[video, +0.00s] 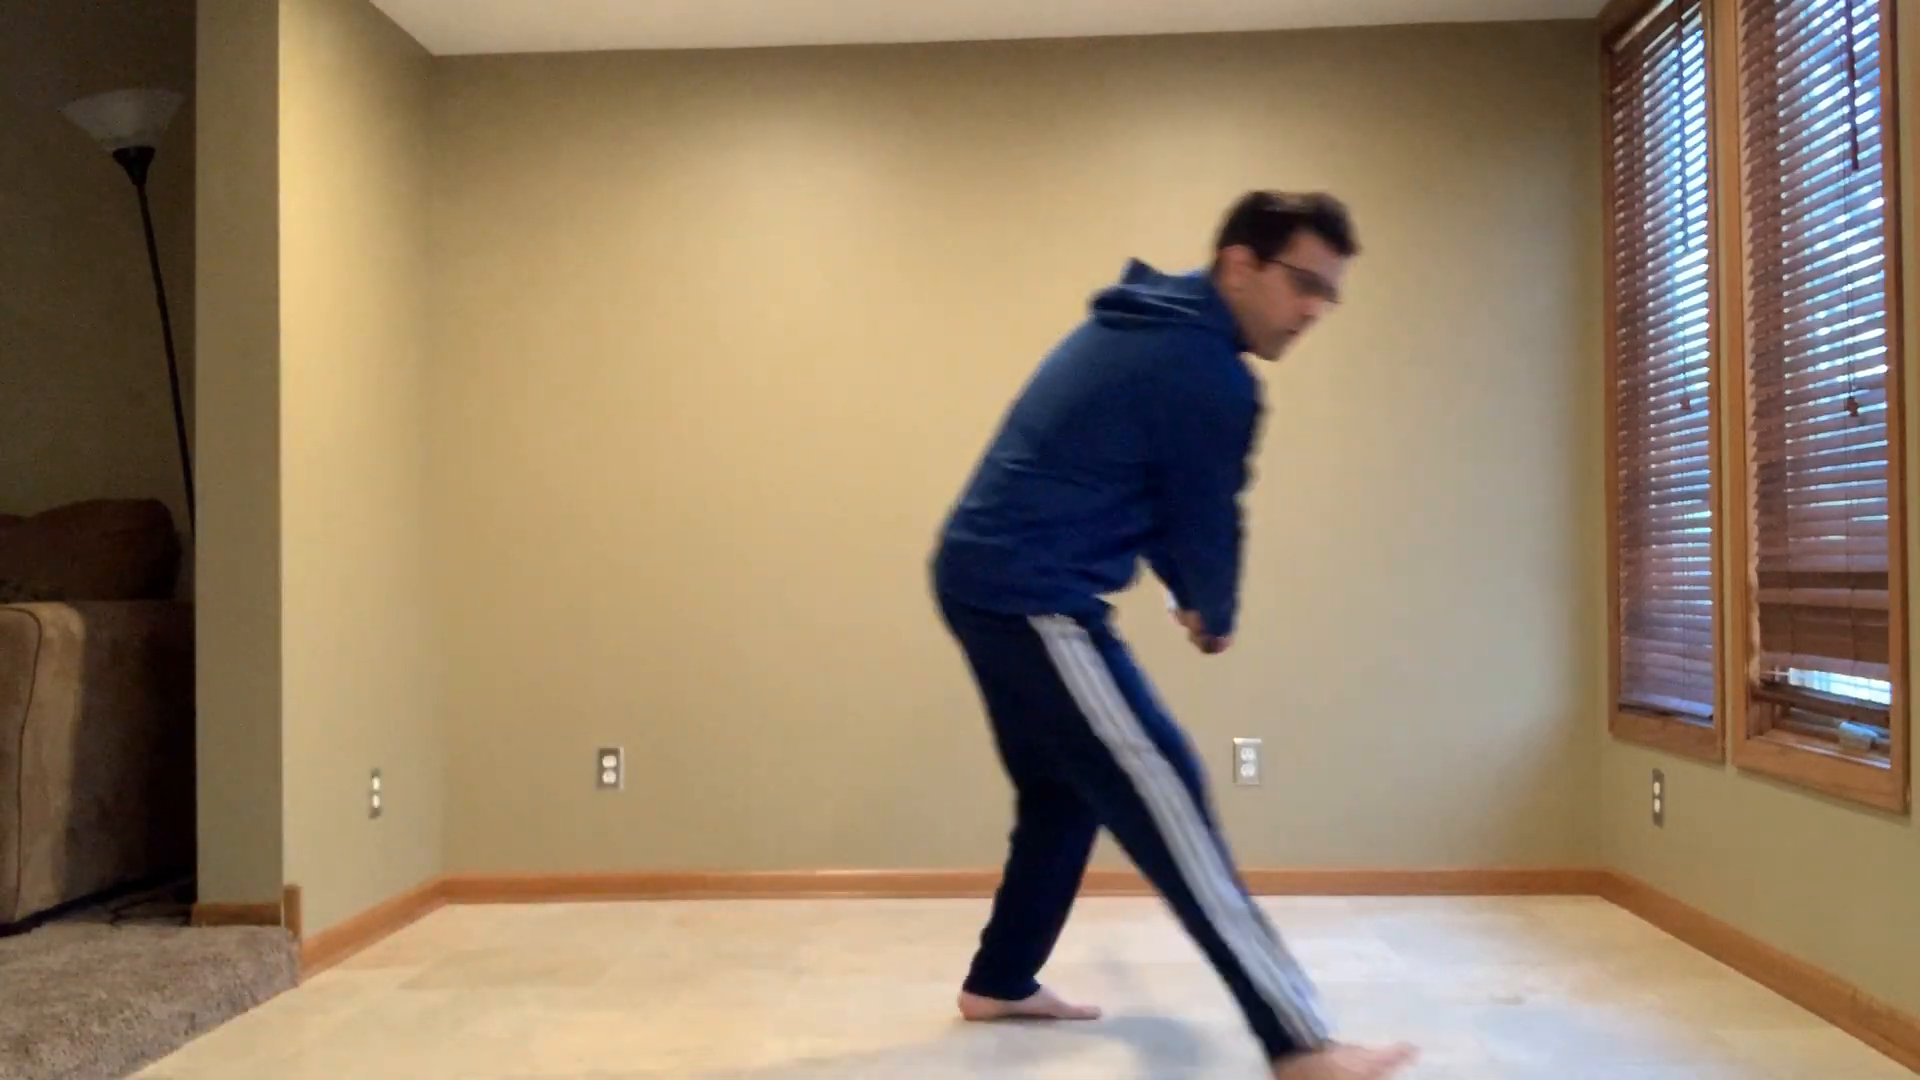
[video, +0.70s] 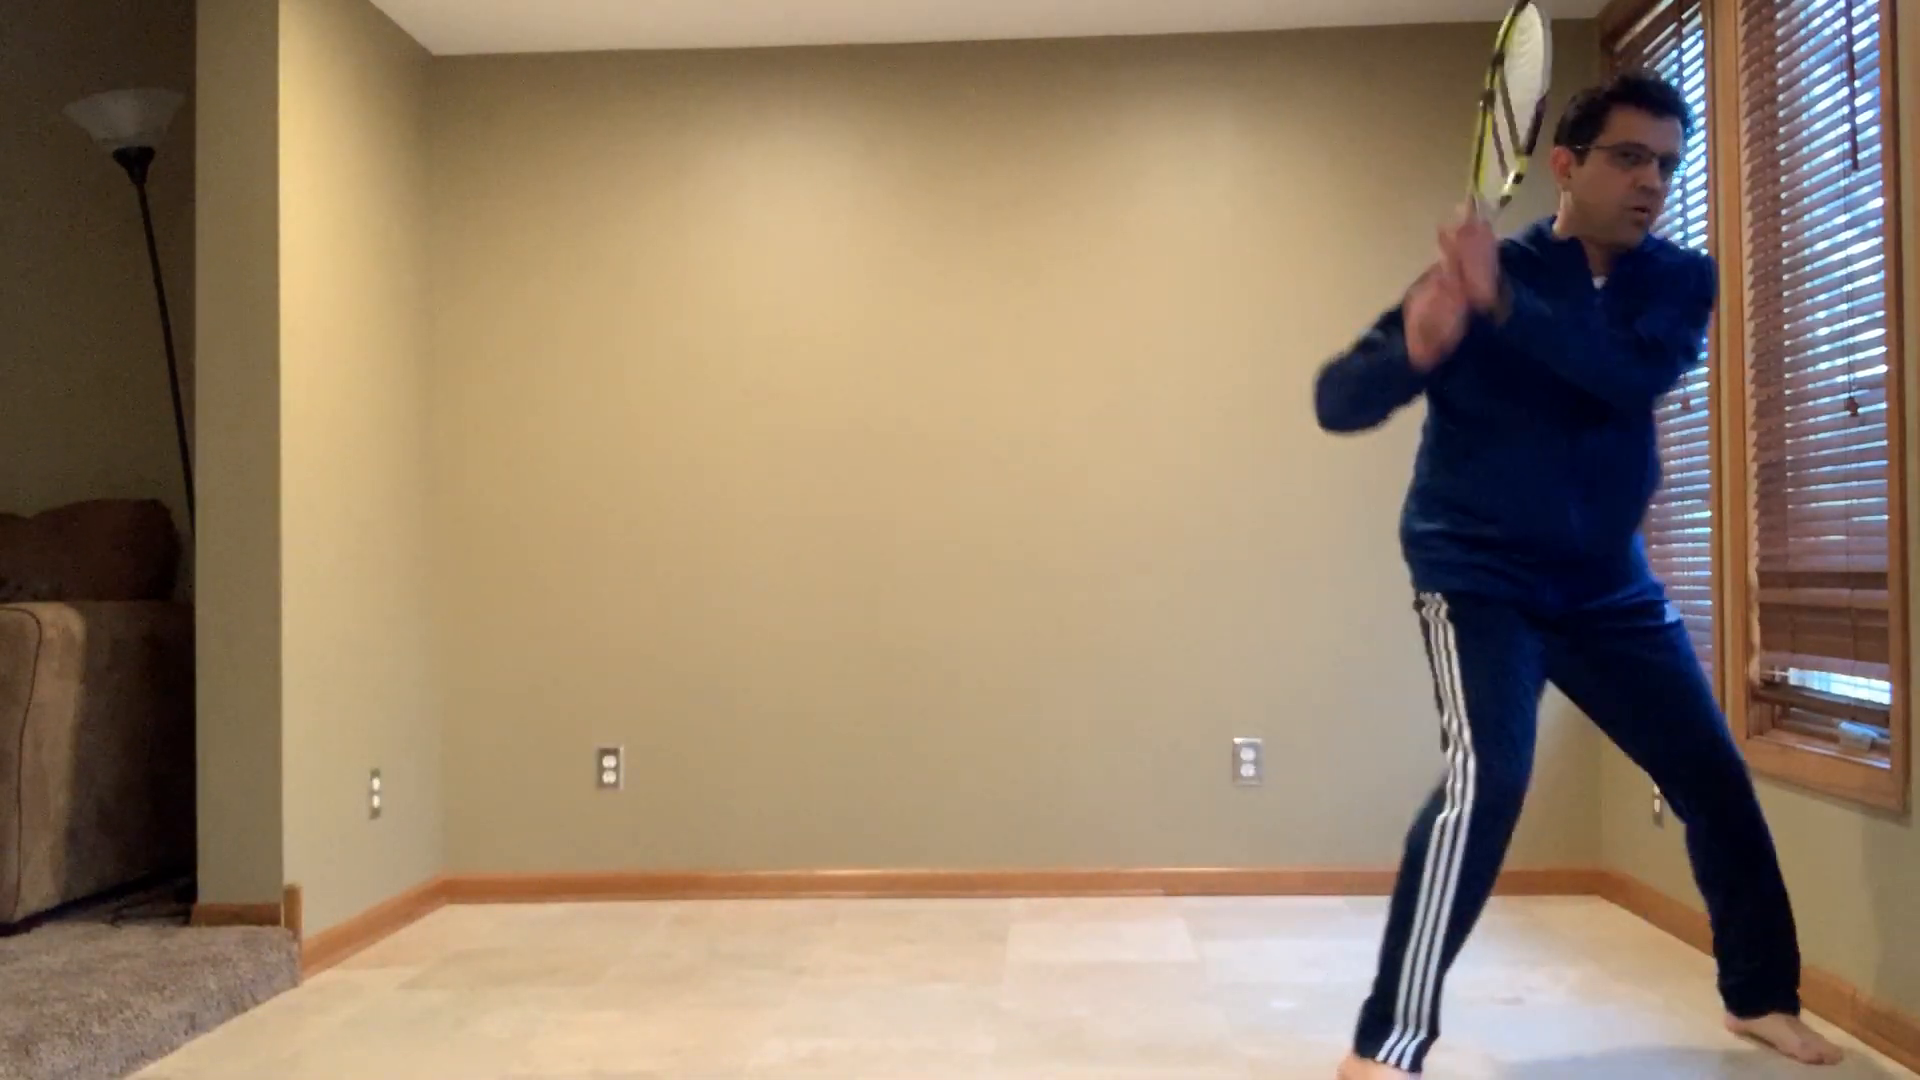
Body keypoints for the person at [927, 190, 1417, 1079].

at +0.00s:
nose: (1317, 312)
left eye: (1328, 294)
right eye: (1305, 285)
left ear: (1232, 271)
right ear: (1237, 264)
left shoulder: (1147, 316)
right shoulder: (1207, 375)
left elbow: (1139, 477)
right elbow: (1204, 520)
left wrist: (1187, 583)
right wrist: (1211, 611)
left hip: (988, 576)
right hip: (1036, 593)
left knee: (1061, 792)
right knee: (1158, 784)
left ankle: (1000, 983)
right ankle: (1296, 1044)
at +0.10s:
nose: (1405, 314)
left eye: (1416, 298)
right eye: (1395, 287)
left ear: (1318, 272)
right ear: (1326, 264)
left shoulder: (1226, 327)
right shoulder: (1298, 379)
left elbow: (1209, 500)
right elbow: (1293, 533)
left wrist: (1260, 614)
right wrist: (1296, 630)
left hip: (1071, 589)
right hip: (1134, 598)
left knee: (1158, 783)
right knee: (1288, 774)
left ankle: (1019, 957)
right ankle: (1339, 1052)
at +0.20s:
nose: (1469, 293)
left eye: (1482, 278)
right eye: (1463, 265)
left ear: (1402, 248)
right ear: (1395, 235)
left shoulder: (1389, 348)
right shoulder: (1294, 324)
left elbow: (1385, 497)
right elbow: (1332, 508)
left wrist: (1415, 640)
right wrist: (1421, 639)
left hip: (1219, 588)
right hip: (1172, 583)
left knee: (1235, 809)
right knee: (1335, 780)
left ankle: (1060, 937)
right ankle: (1340, 1057)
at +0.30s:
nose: (1525, 262)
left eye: (1538, 246)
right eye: (1517, 233)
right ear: (1447, 205)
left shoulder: (1481, 333)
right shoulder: (1318, 294)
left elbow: (1500, 425)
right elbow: (1294, 463)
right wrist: (1434, 512)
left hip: (1313, 596)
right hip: (1232, 578)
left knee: (1324, 818)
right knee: (1374, 790)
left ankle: (1135, 909)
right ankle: (1338, 1062)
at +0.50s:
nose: (1616, 186)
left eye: (1634, 169)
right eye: (1601, 154)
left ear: (1636, 182)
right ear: (1532, 139)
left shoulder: (1602, 255)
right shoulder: (1418, 217)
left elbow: (1532, 313)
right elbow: (1315, 329)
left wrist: (1423, 193)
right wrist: (1369, 182)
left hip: (1470, 555)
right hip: (1357, 541)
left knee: (1566, 758)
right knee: (1408, 783)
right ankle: (1349, 1057)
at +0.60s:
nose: (1637, 175)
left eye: (1654, 159)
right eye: (1620, 148)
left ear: (1660, 170)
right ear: (1553, 139)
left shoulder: (1643, 252)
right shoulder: (1458, 229)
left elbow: (1588, 329)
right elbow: (1309, 345)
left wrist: (1459, 220)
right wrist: (1397, 227)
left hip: (1543, 550)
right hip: (1423, 542)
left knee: (1649, 763)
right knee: (1439, 776)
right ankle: (1360, 1053)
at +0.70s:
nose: (1651, 184)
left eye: (1667, 166)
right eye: (1631, 160)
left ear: (1677, 177)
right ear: (1565, 165)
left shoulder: (1680, 279)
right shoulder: (1493, 271)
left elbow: (1633, 379)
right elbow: (1336, 404)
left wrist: (1498, 301)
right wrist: (1416, 340)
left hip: (1605, 575)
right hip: (1475, 566)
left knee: (1714, 778)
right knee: (1486, 778)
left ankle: (1760, 998)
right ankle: (1389, 1050)